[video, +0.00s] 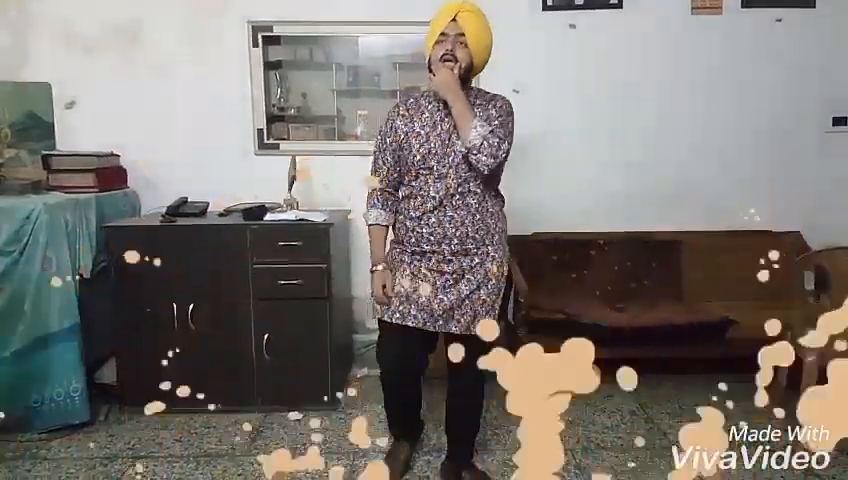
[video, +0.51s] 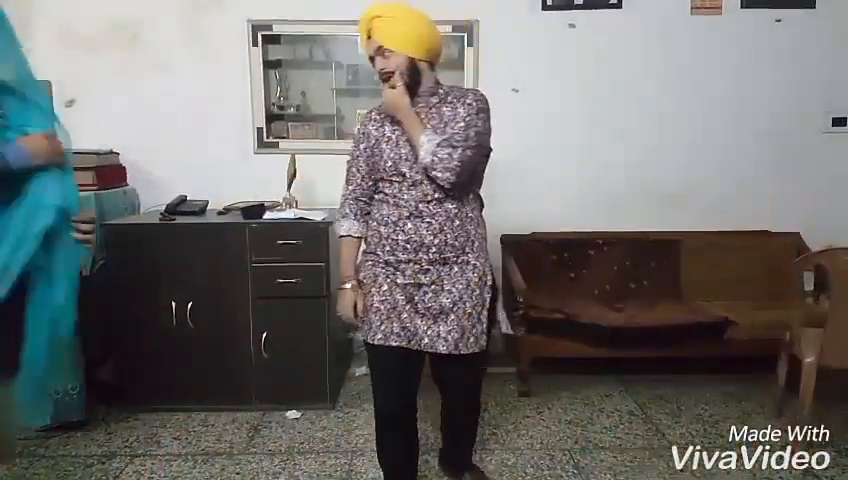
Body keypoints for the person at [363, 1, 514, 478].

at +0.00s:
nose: (449, 46)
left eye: (461, 40)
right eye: (442, 39)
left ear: (479, 53)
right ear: (429, 49)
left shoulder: (495, 108)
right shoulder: (404, 111)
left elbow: (488, 160)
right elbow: (381, 187)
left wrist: (453, 93)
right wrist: (378, 260)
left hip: (476, 257)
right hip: (412, 257)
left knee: (467, 364)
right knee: (395, 357)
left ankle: (459, 459)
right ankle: (404, 433)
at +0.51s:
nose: (378, 66)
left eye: (385, 53)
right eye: (373, 58)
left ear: (418, 50)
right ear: (373, 60)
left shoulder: (468, 106)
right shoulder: (375, 121)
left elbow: (453, 174)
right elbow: (355, 203)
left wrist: (406, 115)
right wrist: (347, 279)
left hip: (457, 277)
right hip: (387, 278)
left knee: (462, 393)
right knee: (392, 402)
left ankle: (457, 464)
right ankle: (397, 473)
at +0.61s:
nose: (371, 64)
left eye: (379, 52)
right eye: (366, 56)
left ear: (412, 51)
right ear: (367, 61)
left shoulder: (460, 106)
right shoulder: (366, 123)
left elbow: (441, 171)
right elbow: (346, 205)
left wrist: (397, 113)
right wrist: (340, 279)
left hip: (452, 278)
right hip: (380, 281)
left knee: (469, 392)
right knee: (388, 407)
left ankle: (462, 456)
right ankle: (397, 473)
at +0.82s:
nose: (364, 61)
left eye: (372, 49)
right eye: (358, 54)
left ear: (405, 47)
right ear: (358, 58)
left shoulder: (454, 104)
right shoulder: (357, 122)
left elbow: (435, 172)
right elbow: (337, 205)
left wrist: (389, 110)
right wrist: (330, 281)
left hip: (447, 285)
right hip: (374, 288)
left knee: (467, 415)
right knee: (387, 420)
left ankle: (478, 476)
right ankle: (397, 476)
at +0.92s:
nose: (364, 62)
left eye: (372, 48)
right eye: (358, 55)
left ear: (405, 45)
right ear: (356, 60)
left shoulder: (454, 105)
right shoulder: (356, 122)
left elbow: (439, 174)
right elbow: (336, 207)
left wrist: (391, 110)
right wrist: (329, 286)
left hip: (446, 288)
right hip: (374, 292)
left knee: (466, 420)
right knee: (387, 422)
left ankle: (477, 476)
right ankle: (398, 476)